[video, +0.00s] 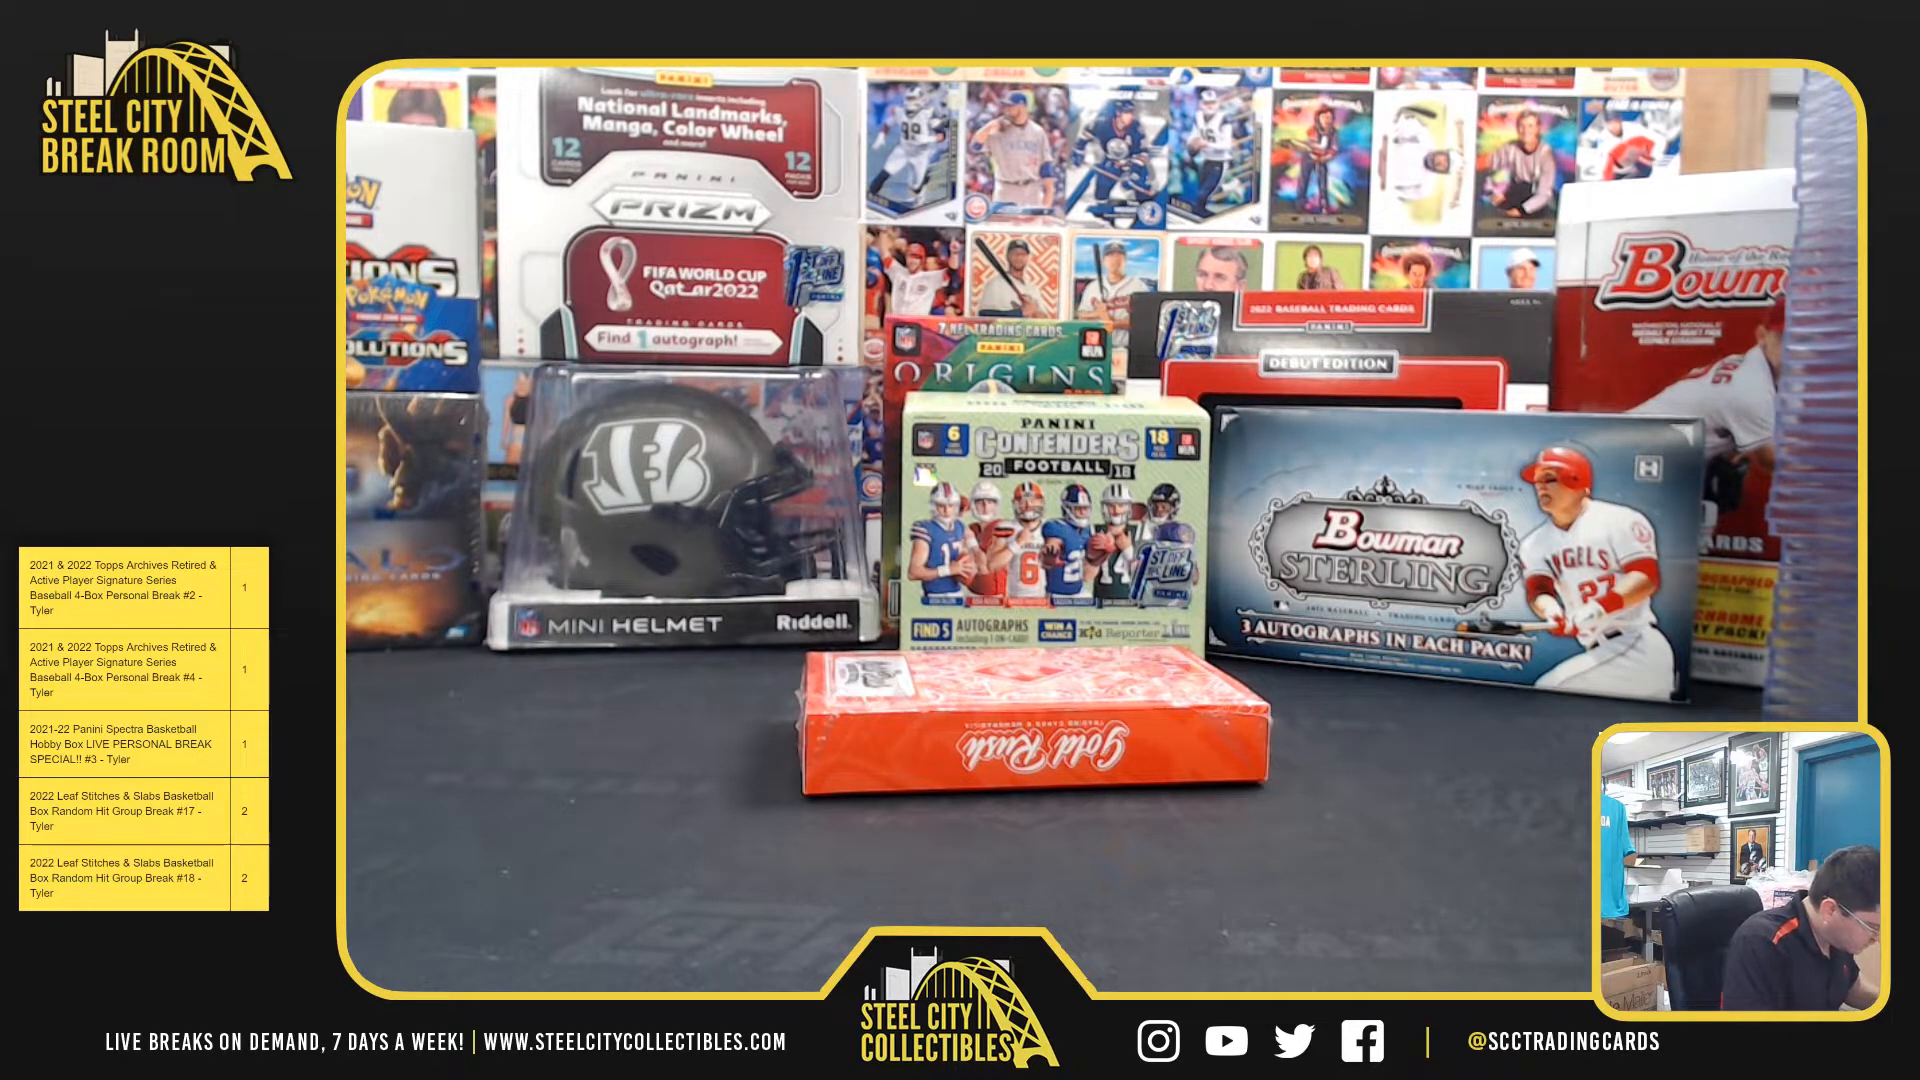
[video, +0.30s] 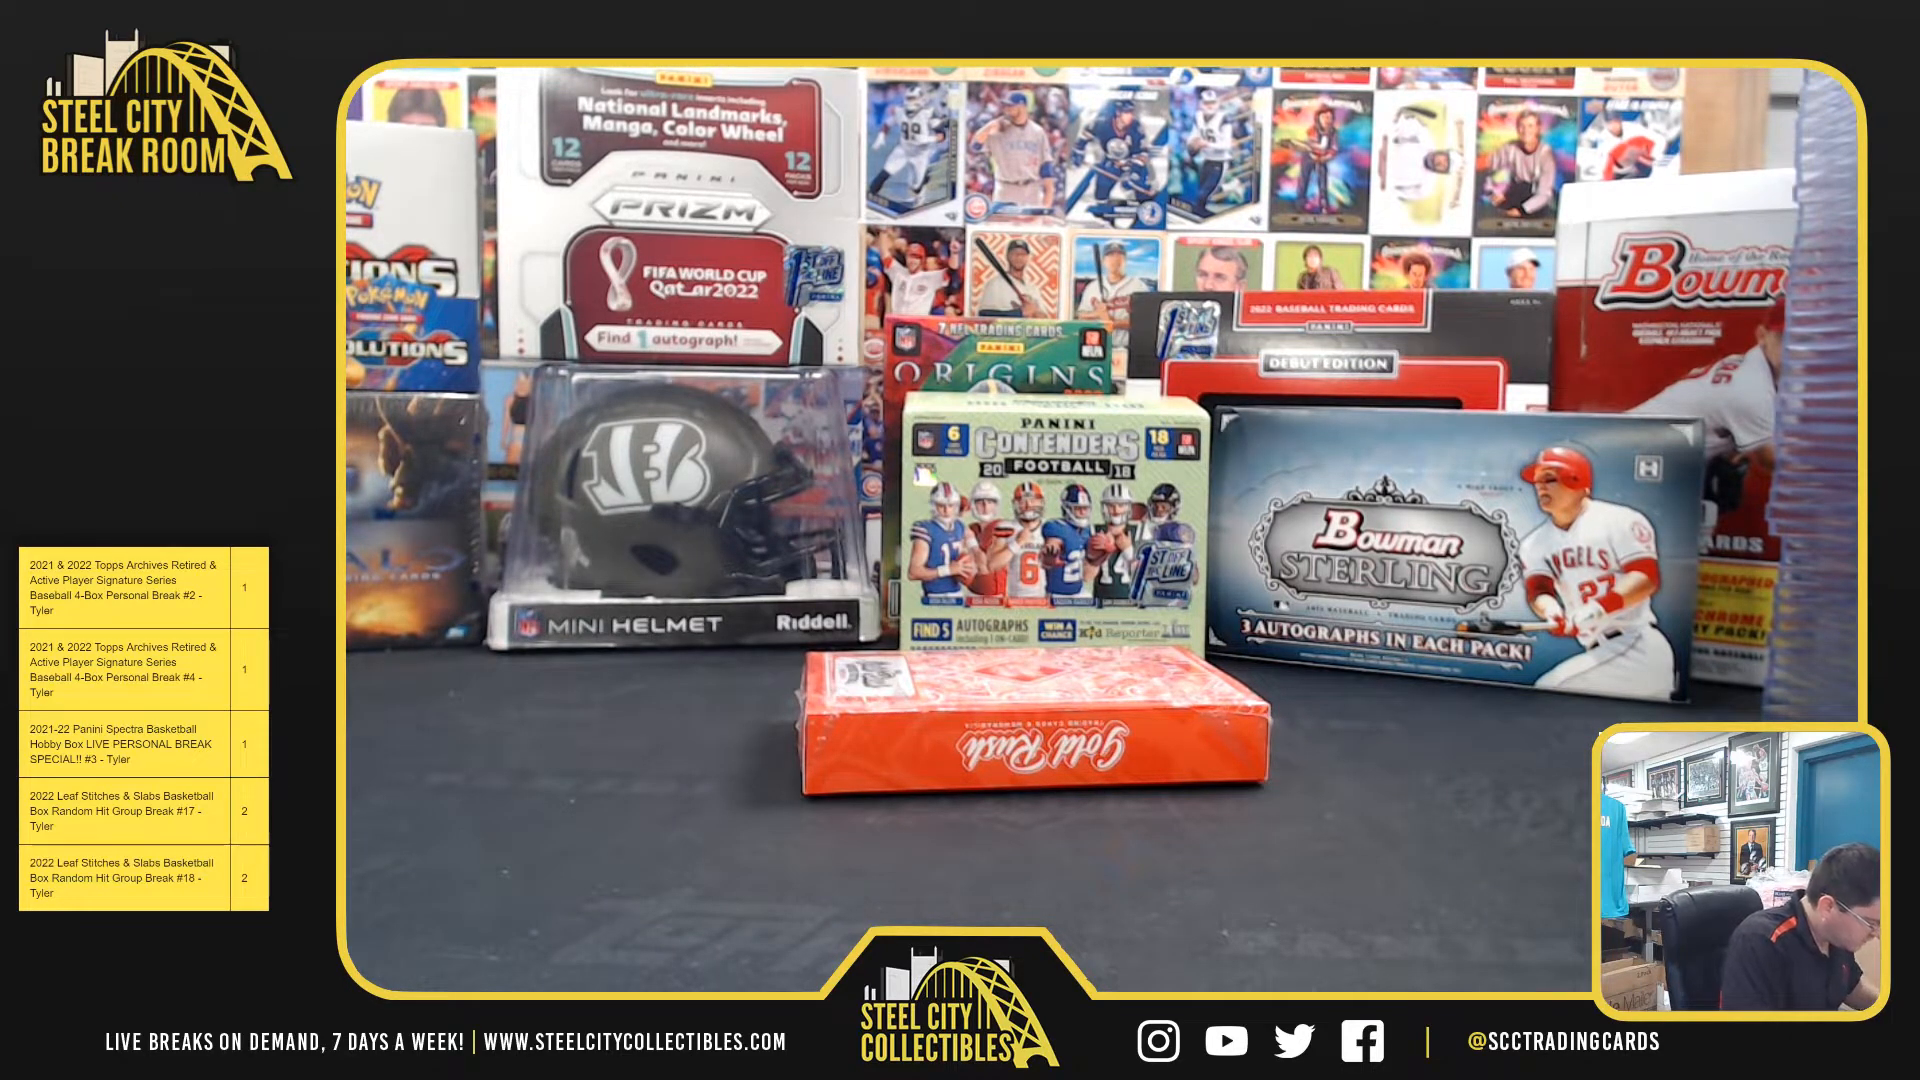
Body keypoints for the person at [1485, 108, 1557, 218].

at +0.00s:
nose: (1526, 131)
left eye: (1530, 126)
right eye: (1522, 126)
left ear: (1538, 129)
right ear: (1517, 129)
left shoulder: (1545, 154)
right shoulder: (1507, 151)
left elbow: (1545, 192)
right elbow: (1491, 178)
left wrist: (1523, 209)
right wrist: (1494, 194)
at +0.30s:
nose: (1526, 131)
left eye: (1530, 126)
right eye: (1522, 126)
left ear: (1538, 129)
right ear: (1517, 129)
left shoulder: (1545, 154)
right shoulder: (1507, 151)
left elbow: (1545, 192)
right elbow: (1491, 178)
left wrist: (1523, 209)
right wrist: (1494, 194)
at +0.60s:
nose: (1526, 130)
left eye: (1530, 126)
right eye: (1522, 126)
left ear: (1539, 129)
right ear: (1517, 129)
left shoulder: (1545, 154)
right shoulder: (1507, 151)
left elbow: (1545, 192)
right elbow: (1491, 178)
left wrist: (1523, 209)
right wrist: (1494, 193)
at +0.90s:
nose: (1526, 130)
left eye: (1531, 126)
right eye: (1522, 126)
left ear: (1539, 129)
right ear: (1517, 129)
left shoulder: (1545, 154)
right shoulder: (1506, 151)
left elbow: (1545, 192)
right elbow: (1490, 179)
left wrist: (1523, 209)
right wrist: (1494, 194)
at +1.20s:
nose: (1526, 131)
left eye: (1531, 126)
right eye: (1522, 126)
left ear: (1539, 129)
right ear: (1517, 130)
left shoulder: (1545, 154)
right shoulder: (1506, 151)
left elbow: (1545, 192)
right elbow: (1490, 178)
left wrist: (1523, 210)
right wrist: (1494, 194)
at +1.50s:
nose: (1526, 130)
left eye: (1531, 126)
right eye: (1522, 126)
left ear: (1539, 129)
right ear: (1517, 130)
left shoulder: (1545, 154)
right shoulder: (1506, 151)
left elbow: (1545, 192)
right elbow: (1490, 179)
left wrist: (1523, 209)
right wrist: (1494, 194)